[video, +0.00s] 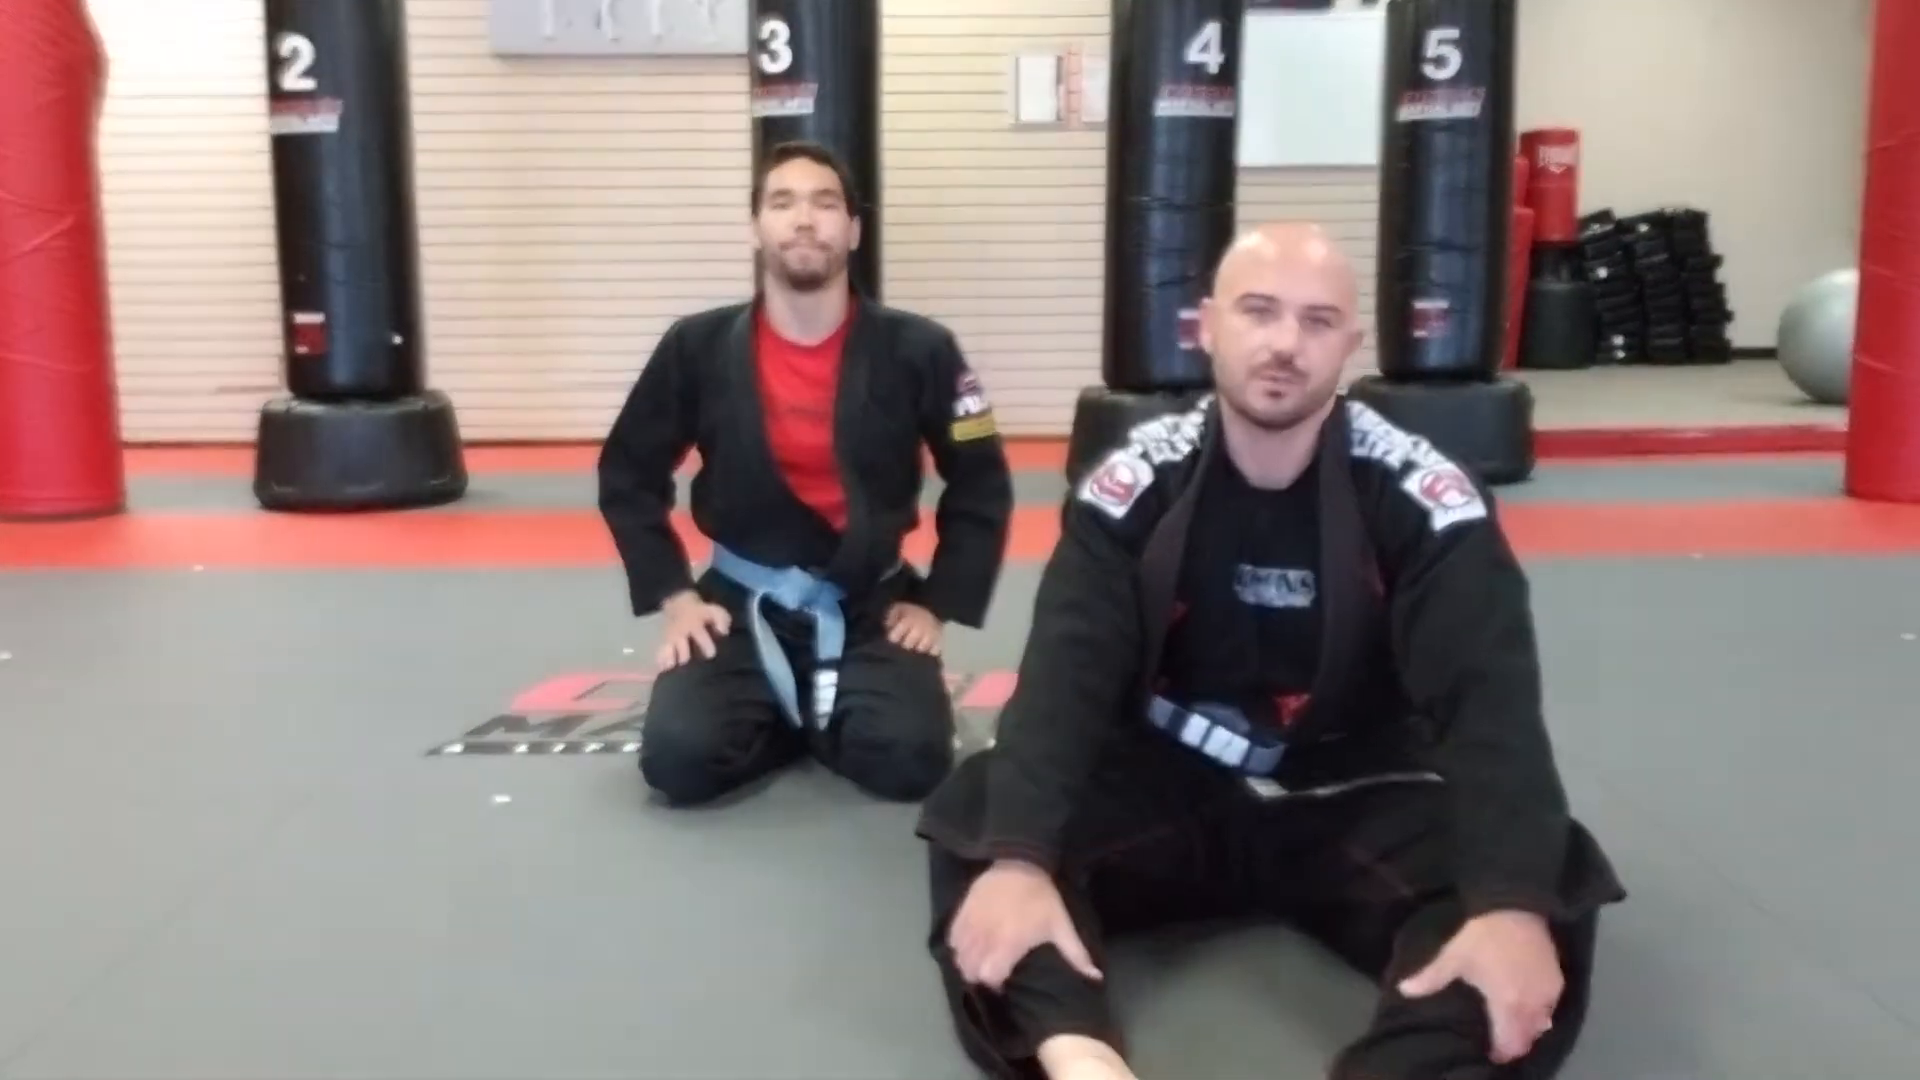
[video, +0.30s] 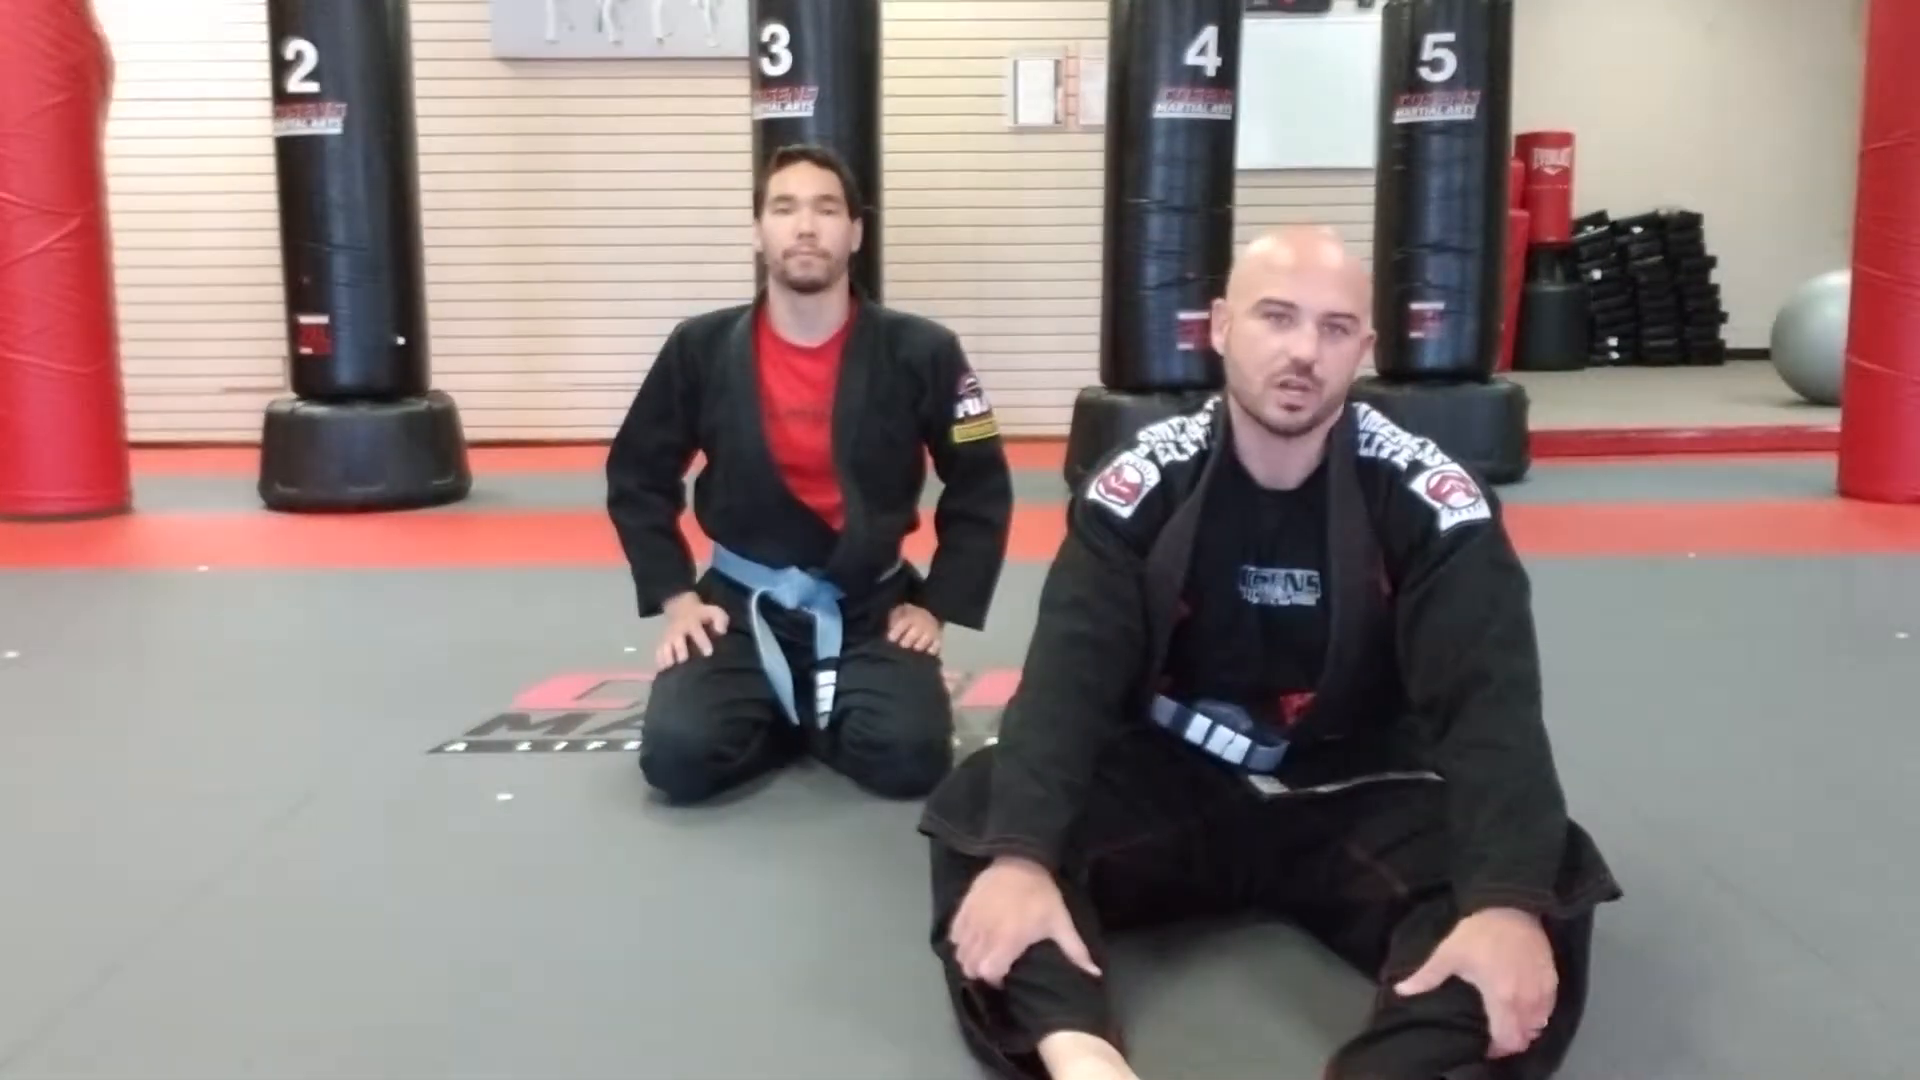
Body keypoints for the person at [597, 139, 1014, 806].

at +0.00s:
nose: (804, 217)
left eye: (825, 203)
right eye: (782, 203)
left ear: (854, 231)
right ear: (756, 230)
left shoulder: (917, 353)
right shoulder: (698, 349)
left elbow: (981, 482)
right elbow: (628, 472)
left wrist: (938, 605)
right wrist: (674, 594)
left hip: (871, 603)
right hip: (740, 599)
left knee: (909, 762)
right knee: (679, 762)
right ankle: (807, 718)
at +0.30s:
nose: (805, 224)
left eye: (826, 209)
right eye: (784, 208)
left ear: (856, 234)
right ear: (759, 233)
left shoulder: (920, 355)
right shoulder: (701, 350)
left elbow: (981, 485)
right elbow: (638, 474)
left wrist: (937, 607)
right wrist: (675, 594)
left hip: (871, 606)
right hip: (741, 601)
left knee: (910, 760)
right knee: (679, 760)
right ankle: (800, 719)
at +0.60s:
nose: (804, 229)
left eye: (825, 212)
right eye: (783, 212)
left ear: (854, 235)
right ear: (757, 234)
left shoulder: (918, 355)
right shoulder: (699, 351)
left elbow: (979, 485)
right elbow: (635, 475)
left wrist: (938, 608)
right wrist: (674, 596)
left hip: (871, 606)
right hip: (740, 601)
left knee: (910, 759)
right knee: (679, 760)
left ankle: (780, 703)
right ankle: (804, 716)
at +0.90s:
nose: (800, 230)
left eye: (821, 212)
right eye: (779, 213)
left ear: (850, 236)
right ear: (752, 236)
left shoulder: (914, 356)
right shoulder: (695, 352)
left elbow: (977, 484)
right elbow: (630, 476)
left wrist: (935, 608)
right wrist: (669, 596)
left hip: (867, 605)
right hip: (737, 601)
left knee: (909, 761)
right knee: (676, 760)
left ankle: (780, 705)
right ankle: (798, 719)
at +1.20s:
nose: (795, 230)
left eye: (815, 213)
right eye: (775, 213)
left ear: (844, 235)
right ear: (748, 237)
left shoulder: (912, 354)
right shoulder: (693, 352)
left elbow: (974, 483)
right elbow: (629, 477)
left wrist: (932, 606)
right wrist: (669, 598)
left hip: (867, 604)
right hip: (736, 600)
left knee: (909, 762)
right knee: (677, 760)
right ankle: (800, 718)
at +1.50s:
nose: (795, 232)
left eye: (815, 215)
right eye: (774, 216)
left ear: (844, 237)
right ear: (749, 239)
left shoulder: (913, 355)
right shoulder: (694, 353)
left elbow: (974, 484)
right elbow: (631, 478)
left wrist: (932, 605)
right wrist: (669, 597)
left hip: (867, 605)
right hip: (736, 601)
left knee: (908, 760)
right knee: (678, 759)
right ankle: (804, 713)